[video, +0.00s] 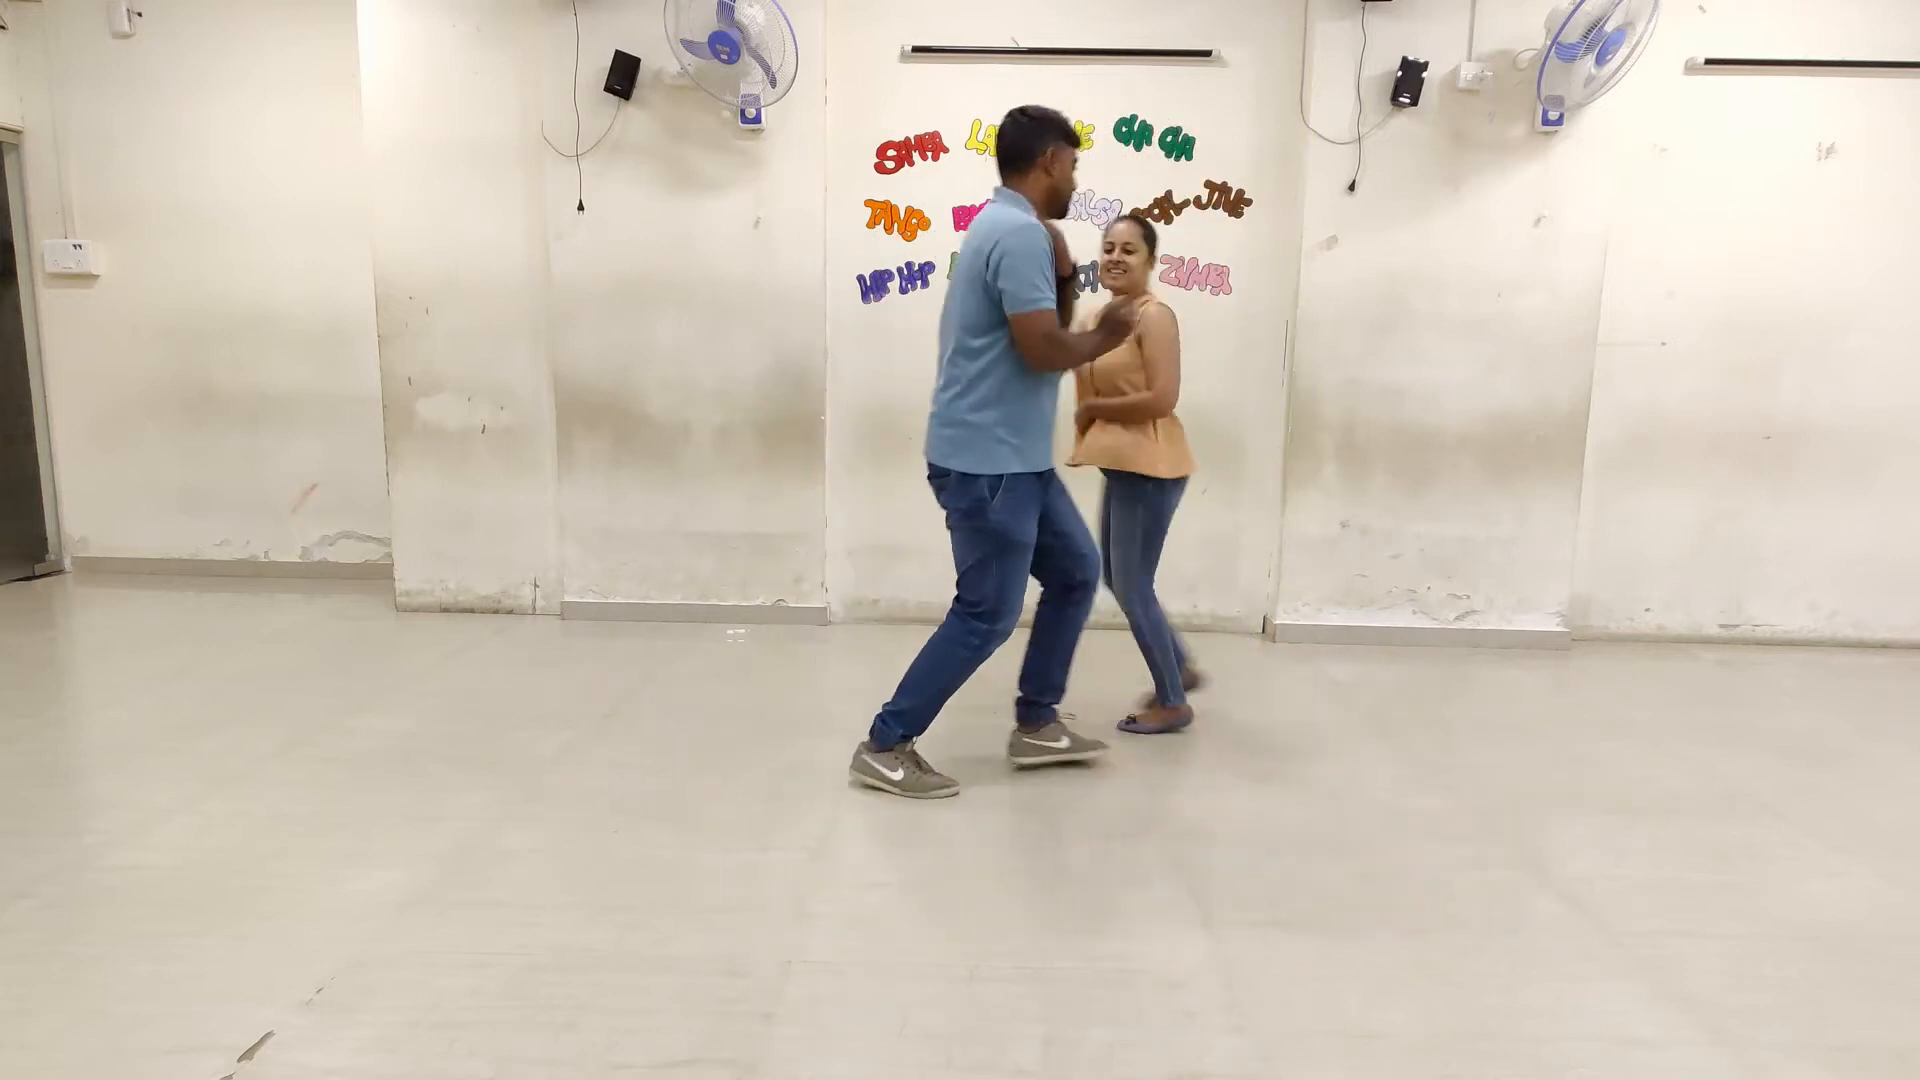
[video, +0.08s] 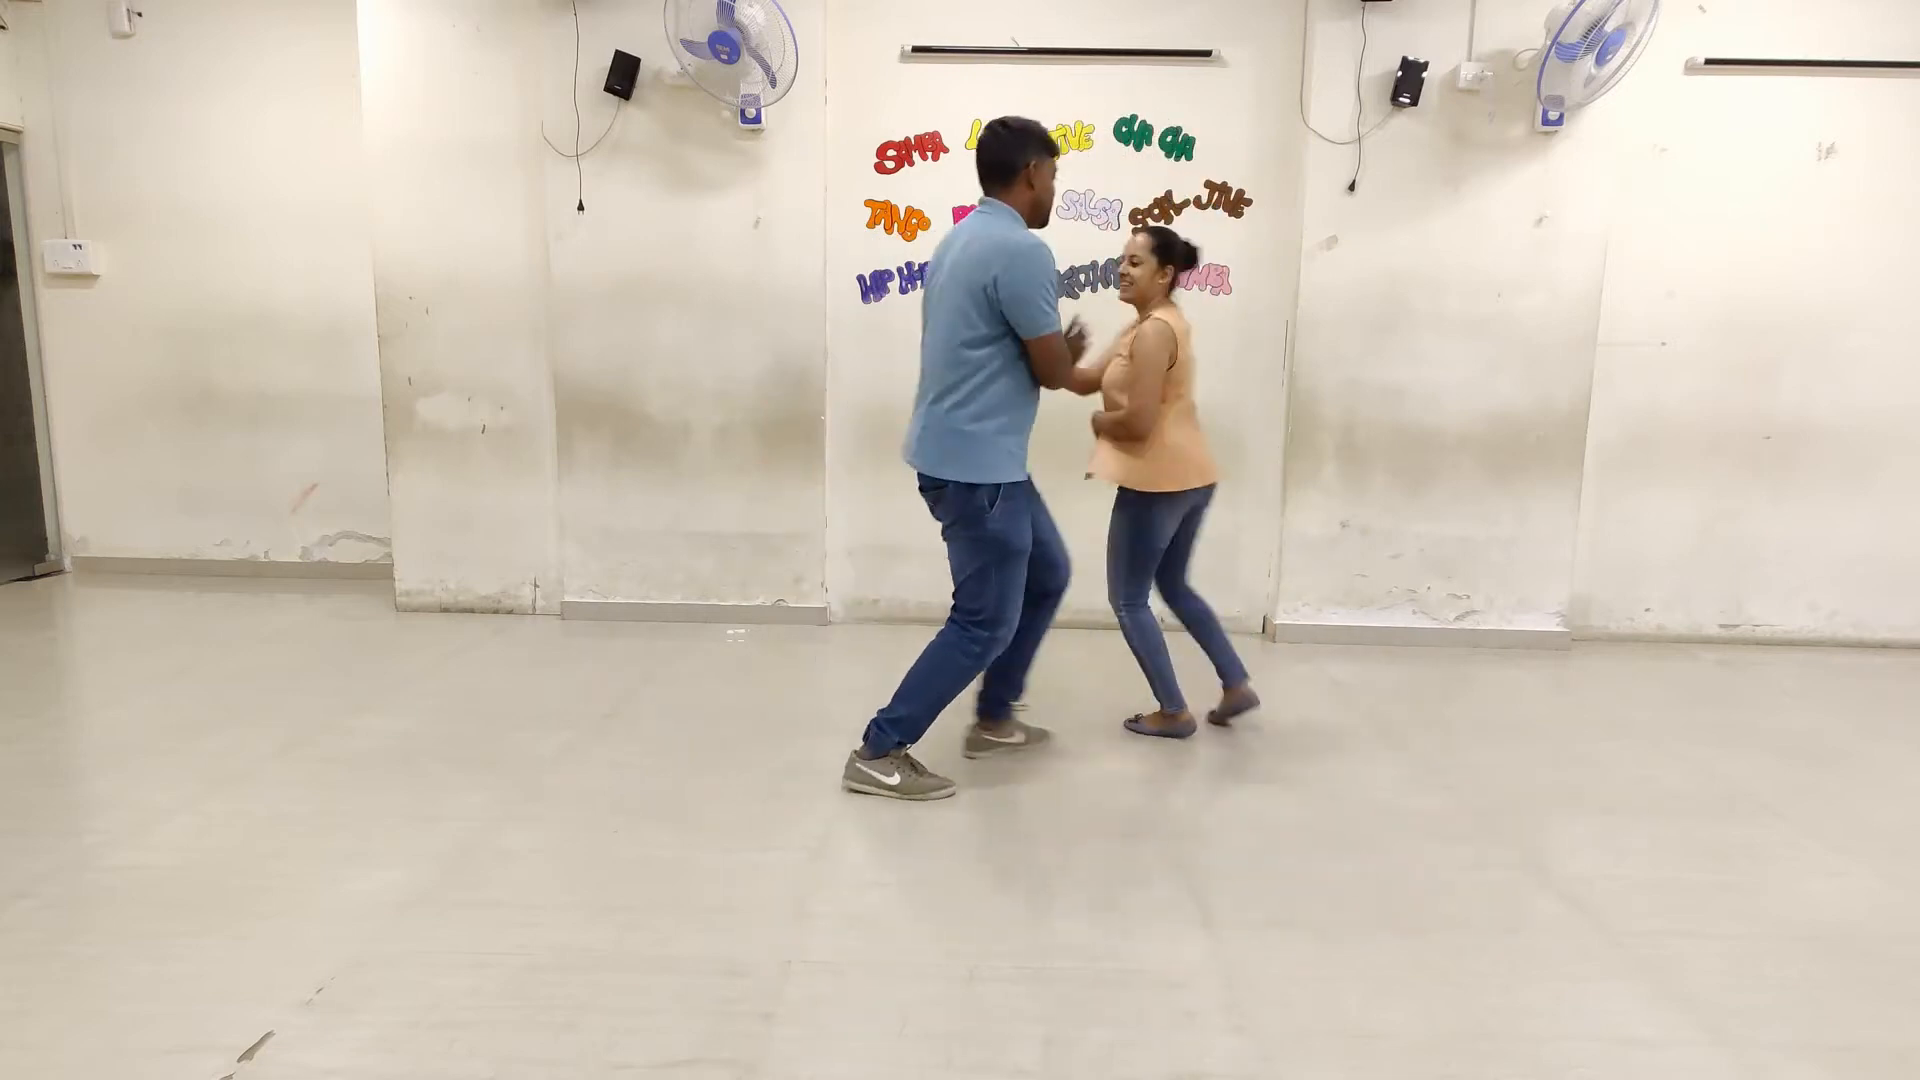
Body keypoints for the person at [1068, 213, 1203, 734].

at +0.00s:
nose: (1115, 257)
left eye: (1127, 250)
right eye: (1108, 249)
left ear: (1150, 262)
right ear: (1099, 258)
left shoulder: (1155, 315)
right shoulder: (1100, 313)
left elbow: (1164, 399)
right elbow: (1075, 365)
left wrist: (1095, 408)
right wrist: (1066, 291)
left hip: (1153, 467)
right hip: (1122, 464)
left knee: (1134, 583)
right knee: (1116, 575)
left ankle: (1172, 702)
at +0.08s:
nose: (1122, 270)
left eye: (1133, 262)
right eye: (1123, 261)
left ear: (1165, 273)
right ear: (1159, 274)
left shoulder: (1151, 331)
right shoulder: (1169, 322)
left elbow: (1139, 422)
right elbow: (1088, 377)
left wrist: (1099, 422)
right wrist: (1040, 360)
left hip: (1154, 485)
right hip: (1193, 478)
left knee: (1128, 598)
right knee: (1174, 584)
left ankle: (1173, 711)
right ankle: (1237, 686)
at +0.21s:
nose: (1149, 270)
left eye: (1154, 262)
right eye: (1152, 261)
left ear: (1171, 270)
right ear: (1198, 274)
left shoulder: (1146, 336)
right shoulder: (1223, 321)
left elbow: (1117, 422)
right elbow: (1165, 367)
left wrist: (1147, 393)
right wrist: (1084, 368)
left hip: (1159, 483)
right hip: (1225, 478)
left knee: (1149, 585)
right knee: (1219, 592)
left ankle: (1160, 696)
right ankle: (1215, 710)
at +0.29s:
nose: (1159, 268)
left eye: (1162, 261)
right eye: (1164, 260)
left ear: (1170, 268)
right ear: (1214, 271)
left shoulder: (1144, 335)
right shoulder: (1234, 320)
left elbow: (1121, 418)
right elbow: (1202, 371)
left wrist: (1161, 386)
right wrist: (1129, 365)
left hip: (1160, 481)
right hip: (1229, 477)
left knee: (1159, 579)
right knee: (1225, 595)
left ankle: (1157, 683)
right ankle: (1216, 712)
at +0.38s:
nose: (1235, 265)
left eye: (1231, 257)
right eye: (1232, 258)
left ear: (1177, 269)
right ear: (1222, 266)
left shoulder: (1155, 327)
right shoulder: (1247, 312)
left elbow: (1155, 402)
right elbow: (1273, 348)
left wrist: (1242, 396)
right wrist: (1231, 309)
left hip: (1177, 477)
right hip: (1232, 476)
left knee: (1226, 571)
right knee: (1234, 585)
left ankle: (1196, 679)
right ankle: (1207, 706)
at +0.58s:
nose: (1232, 263)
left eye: (1238, 254)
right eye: (1218, 256)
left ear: (1246, 260)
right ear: (1193, 268)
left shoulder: (1249, 318)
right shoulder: (1197, 320)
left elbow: (1253, 394)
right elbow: (1277, 328)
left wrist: (1286, 400)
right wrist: (1277, 249)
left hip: (1265, 468)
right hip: (1213, 473)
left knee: (1285, 587)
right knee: (1230, 590)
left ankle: (1291, 698)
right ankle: (1197, 698)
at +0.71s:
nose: (1226, 266)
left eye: (1237, 255)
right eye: (1216, 258)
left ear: (1257, 260)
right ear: (1205, 267)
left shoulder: (1291, 319)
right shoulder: (1197, 324)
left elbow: (1335, 377)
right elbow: (1196, 360)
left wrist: (1311, 397)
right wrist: (1194, 297)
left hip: (1286, 471)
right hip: (1218, 474)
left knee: (1295, 597)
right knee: (1225, 596)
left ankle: (1302, 715)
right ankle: (1215, 696)